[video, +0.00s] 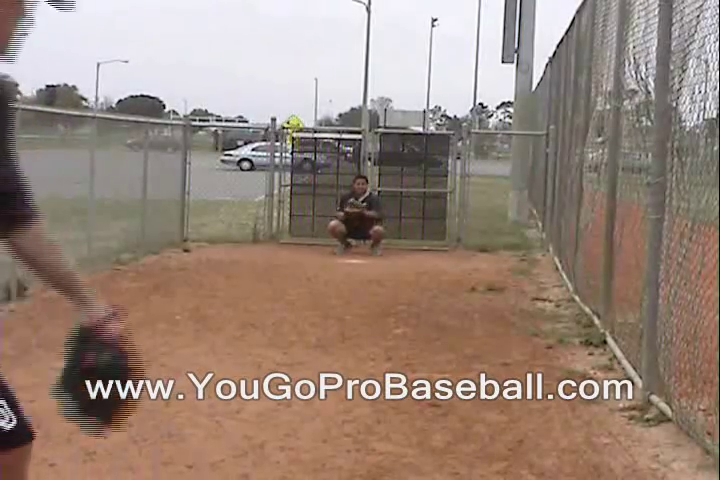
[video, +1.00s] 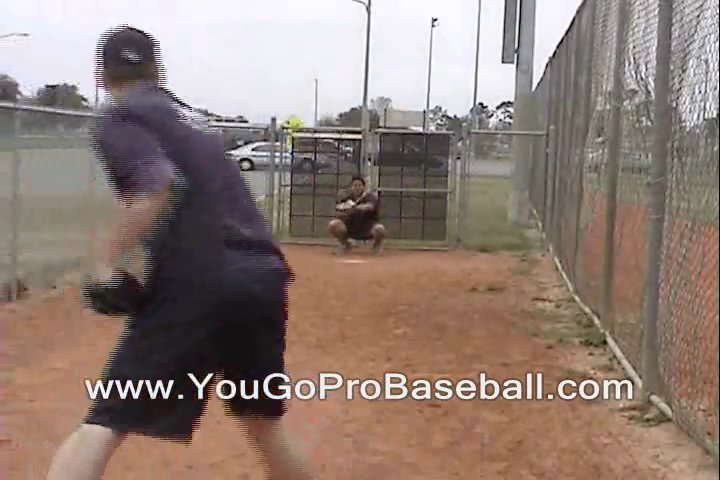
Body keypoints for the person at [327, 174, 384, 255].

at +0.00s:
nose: (360, 187)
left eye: (363, 184)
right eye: (358, 184)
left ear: (367, 186)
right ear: (353, 186)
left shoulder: (372, 199)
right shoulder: (346, 198)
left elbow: (379, 215)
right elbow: (338, 214)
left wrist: (364, 212)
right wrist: (346, 214)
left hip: (366, 227)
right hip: (350, 227)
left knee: (378, 230)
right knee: (333, 226)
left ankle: (374, 246)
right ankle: (345, 244)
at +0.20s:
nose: (360, 186)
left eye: (363, 184)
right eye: (358, 183)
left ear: (367, 185)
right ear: (353, 185)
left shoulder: (372, 198)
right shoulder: (347, 197)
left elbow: (378, 214)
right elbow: (338, 212)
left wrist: (364, 211)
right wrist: (345, 211)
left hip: (365, 226)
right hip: (349, 226)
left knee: (377, 231)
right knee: (333, 226)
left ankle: (375, 245)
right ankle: (345, 244)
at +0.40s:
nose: (361, 186)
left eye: (364, 183)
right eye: (359, 183)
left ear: (368, 185)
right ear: (354, 185)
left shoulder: (374, 198)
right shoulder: (346, 197)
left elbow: (378, 219)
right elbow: (337, 214)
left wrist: (360, 210)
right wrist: (347, 209)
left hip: (365, 226)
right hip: (349, 225)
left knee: (376, 231)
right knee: (332, 225)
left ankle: (376, 244)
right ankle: (346, 244)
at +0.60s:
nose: (361, 186)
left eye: (363, 183)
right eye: (358, 183)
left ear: (367, 185)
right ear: (354, 185)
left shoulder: (373, 198)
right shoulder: (346, 197)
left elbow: (377, 216)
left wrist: (365, 204)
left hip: (366, 226)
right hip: (349, 226)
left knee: (378, 231)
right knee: (333, 225)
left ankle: (376, 245)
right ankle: (346, 244)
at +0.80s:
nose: (358, 187)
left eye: (361, 185)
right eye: (356, 184)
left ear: (365, 187)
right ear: (352, 186)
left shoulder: (371, 197)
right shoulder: (347, 198)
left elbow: (373, 207)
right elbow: (338, 214)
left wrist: (359, 201)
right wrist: (348, 211)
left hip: (366, 227)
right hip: (350, 227)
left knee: (379, 229)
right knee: (333, 225)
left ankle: (376, 246)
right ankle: (346, 244)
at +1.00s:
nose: (357, 188)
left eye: (359, 185)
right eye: (354, 185)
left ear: (364, 187)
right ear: (351, 187)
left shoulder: (371, 197)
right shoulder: (347, 197)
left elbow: (370, 207)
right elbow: (338, 209)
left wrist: (354, 208)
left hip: (366, 227)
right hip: (350, 227)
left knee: (379, 229)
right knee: (334, 225)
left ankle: (377, 245)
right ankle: (346, 244)